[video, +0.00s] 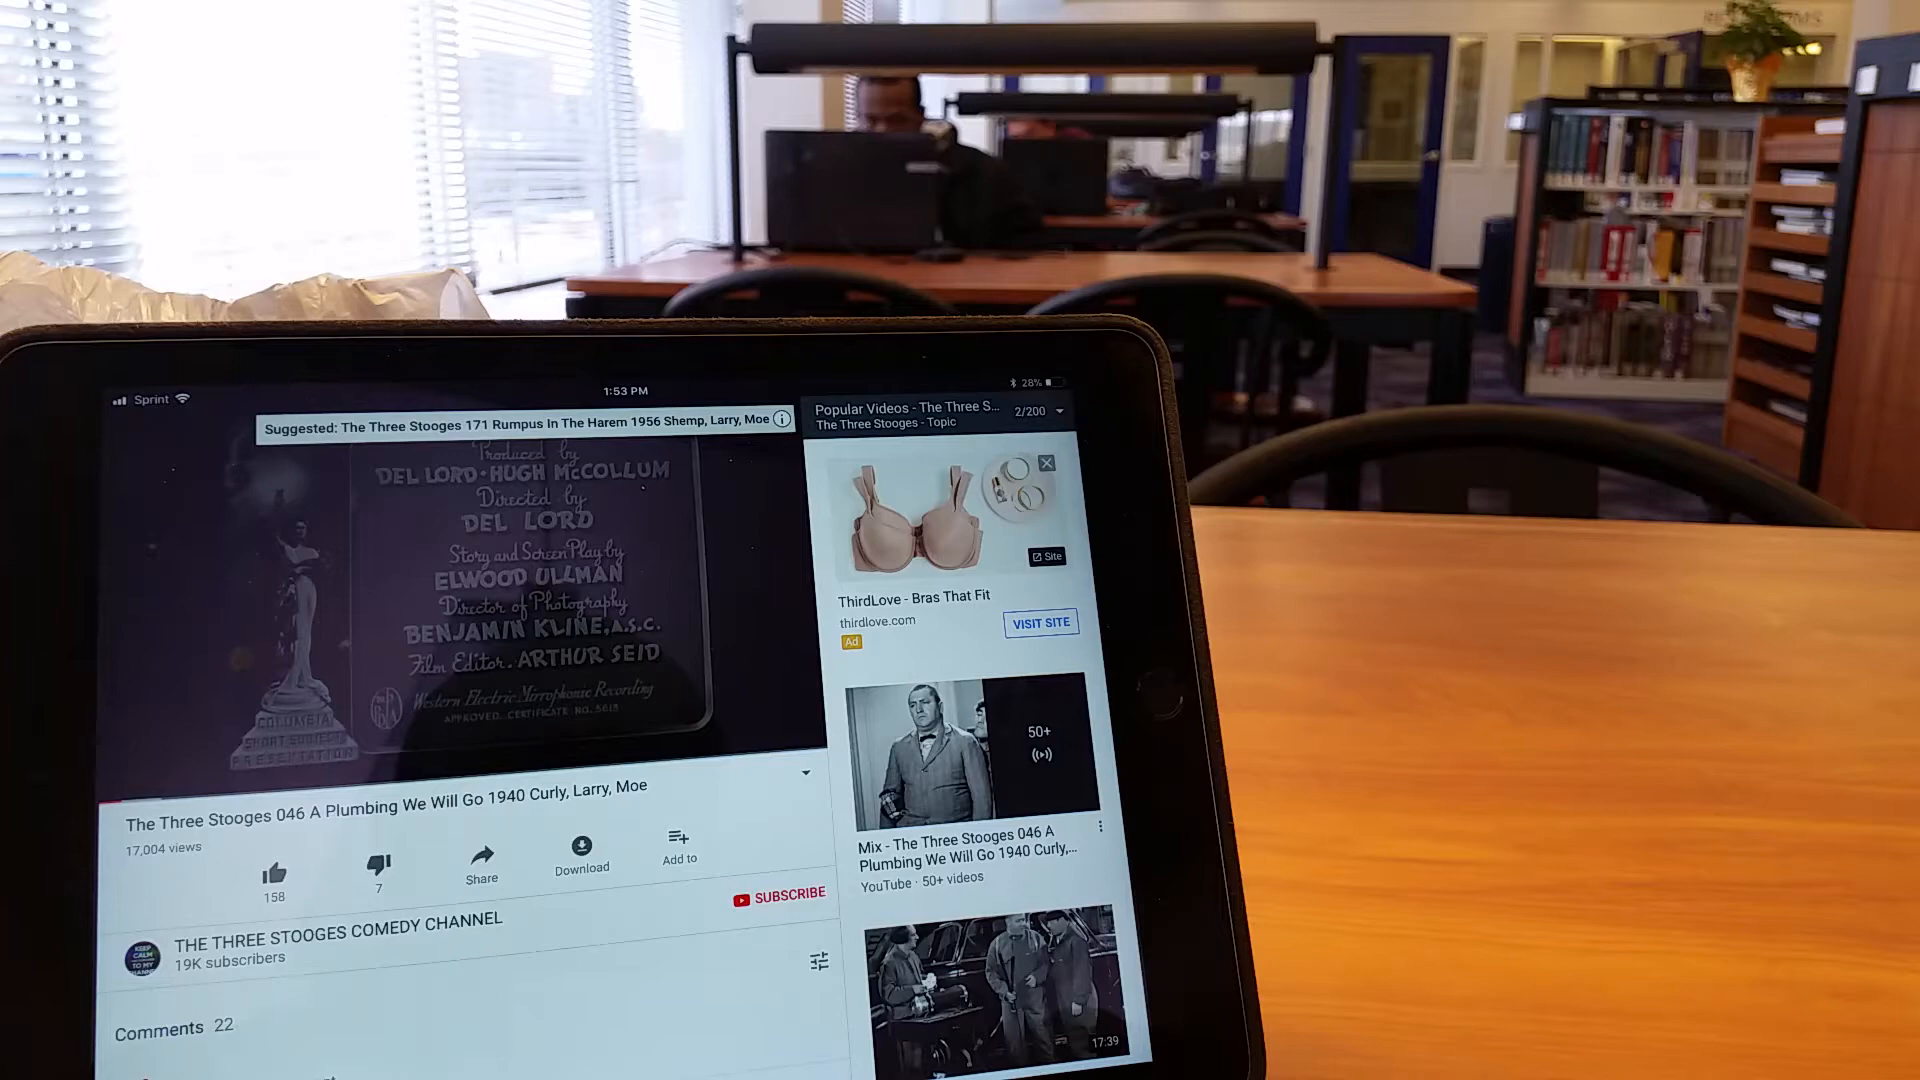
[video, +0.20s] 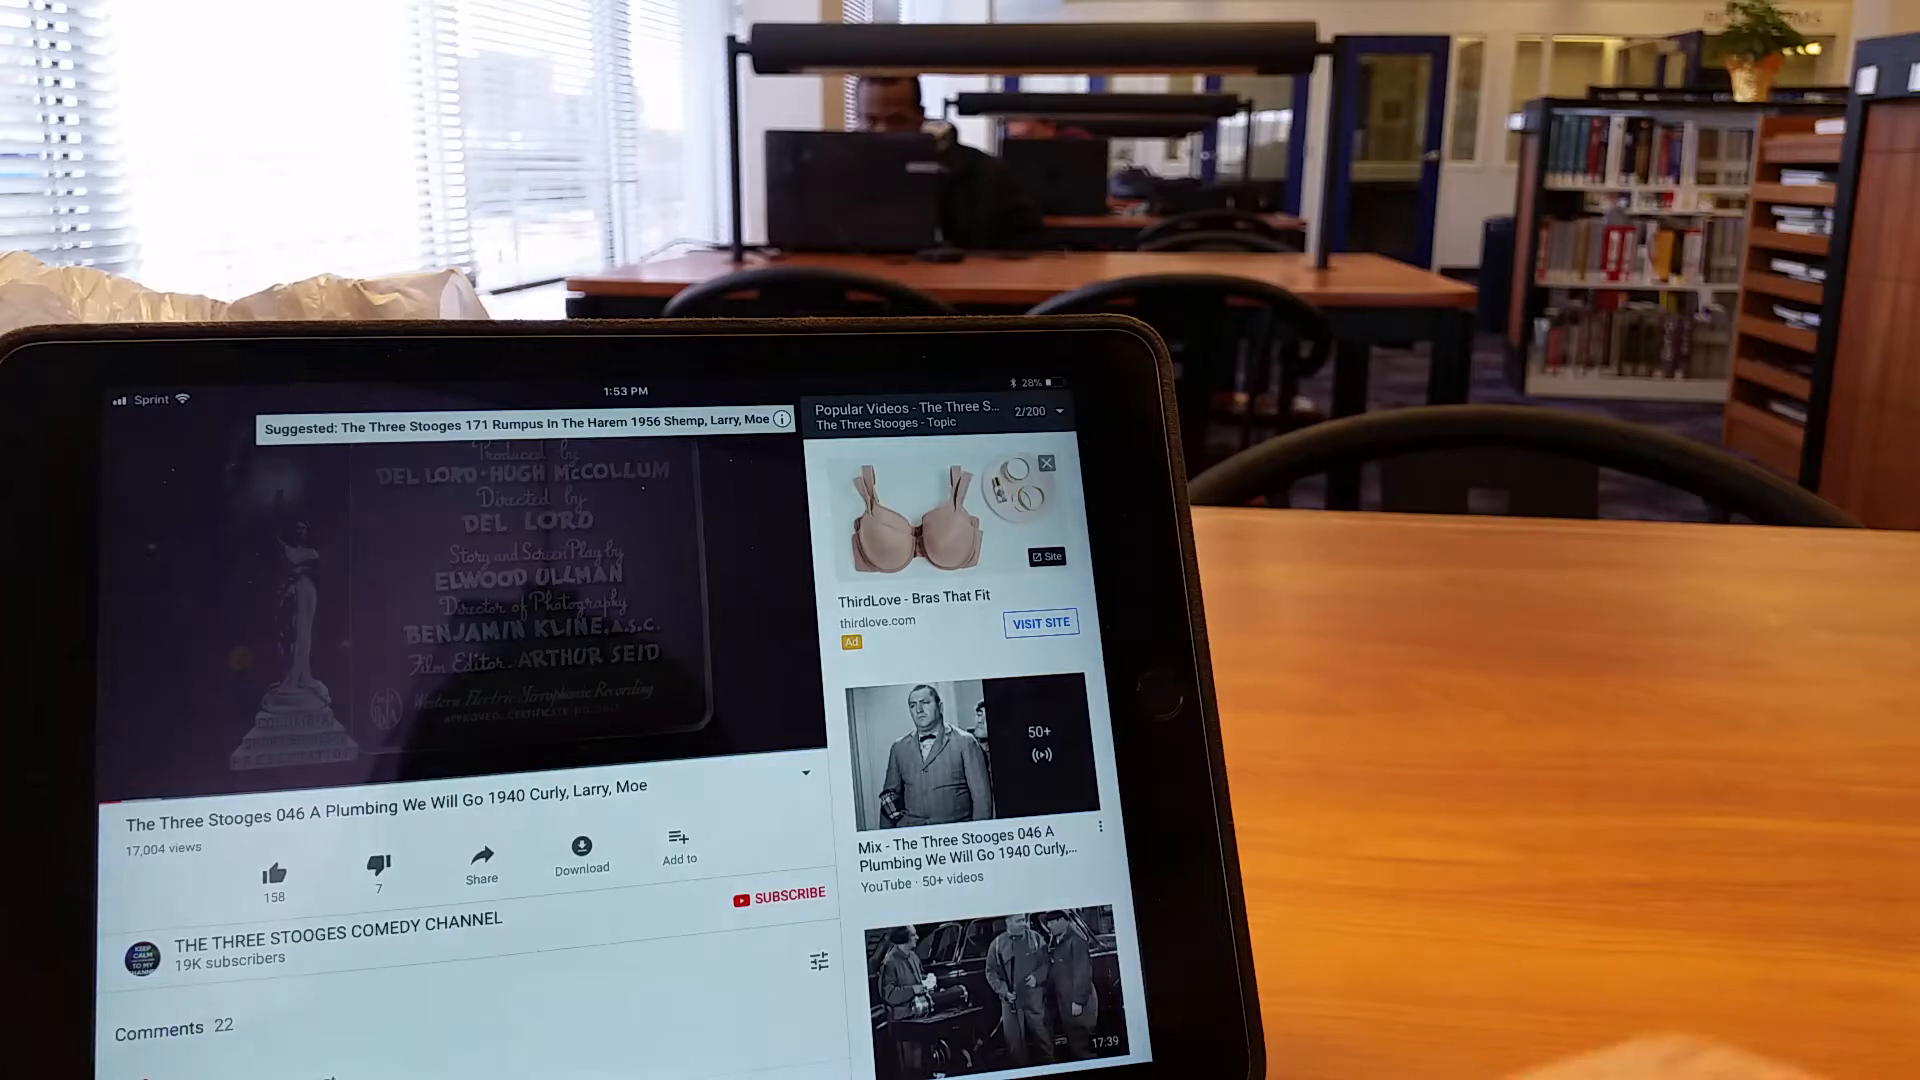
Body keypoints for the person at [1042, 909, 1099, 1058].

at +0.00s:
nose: (1049, 927)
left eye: (1051, 922)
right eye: (1047, 923)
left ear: (1063, 921)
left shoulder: (1077, 941)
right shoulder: (1055, 942)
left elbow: (1083, 972)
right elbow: (1054, 970)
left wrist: (1079, 1000)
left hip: (1077, 998)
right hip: (1063, 998)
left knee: (1081, 1044)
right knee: (1073, 1044)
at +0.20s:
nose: (1049, 927)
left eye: (1052, 923)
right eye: (1048, 924)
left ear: (1063, 921)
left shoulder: (1077, 941)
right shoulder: (1056, 942)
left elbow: (1083, 972)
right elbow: (1055, 971)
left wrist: (1078, 1000)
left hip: (1077, 998)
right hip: (1063, 998)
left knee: (1081, 1043)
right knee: (1073, 1041)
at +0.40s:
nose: (1049, 927)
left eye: (1052, 923)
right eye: (1048, 924)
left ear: (1063, 921)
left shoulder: (1076, 941)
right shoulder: (1055, 942)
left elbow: (1082, 972)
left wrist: (1078, 1000)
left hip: (1076, 997)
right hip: (1063, 997)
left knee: (1080, 1042)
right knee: (1072, 1040)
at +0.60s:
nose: (1049, 927)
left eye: (1052, 923)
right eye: (1048, 924)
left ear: (1063, 921)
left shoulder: (1076, 941)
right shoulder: (1055, 942)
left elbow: (1082, 972)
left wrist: (1078, 1000)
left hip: (1076, 998)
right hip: (1062, 998)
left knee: (1081, 1043)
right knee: (1072, 1041)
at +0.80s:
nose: (1049, 927)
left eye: (1052, 923)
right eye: (1048, 924)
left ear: (1063, 921)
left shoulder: (1076, 941)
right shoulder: (1055, 942)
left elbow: (1082, 972)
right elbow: (1055, 972)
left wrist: (1078, 1000)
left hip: (1077, 1000)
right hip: (1063, 1000)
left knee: (1081, 1044)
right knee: (1073, 1043)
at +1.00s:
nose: (1049, 927)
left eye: (1052, 923)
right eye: (1048, 924)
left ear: (1063, 921)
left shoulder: (1076, 941)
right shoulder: (1058, 942)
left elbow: (1082, 972)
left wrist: (1078, 1000)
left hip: (1076, 999)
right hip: (1064, 999)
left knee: (1080, 1044)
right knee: (1072, 1041)